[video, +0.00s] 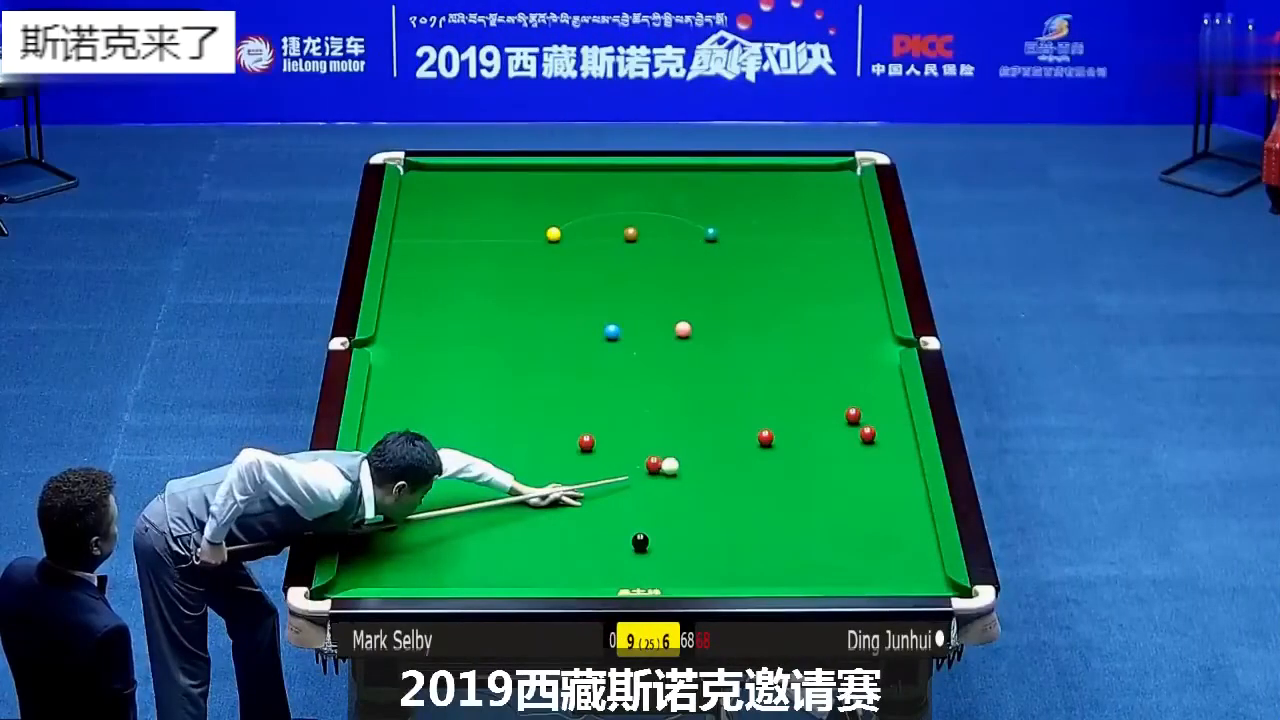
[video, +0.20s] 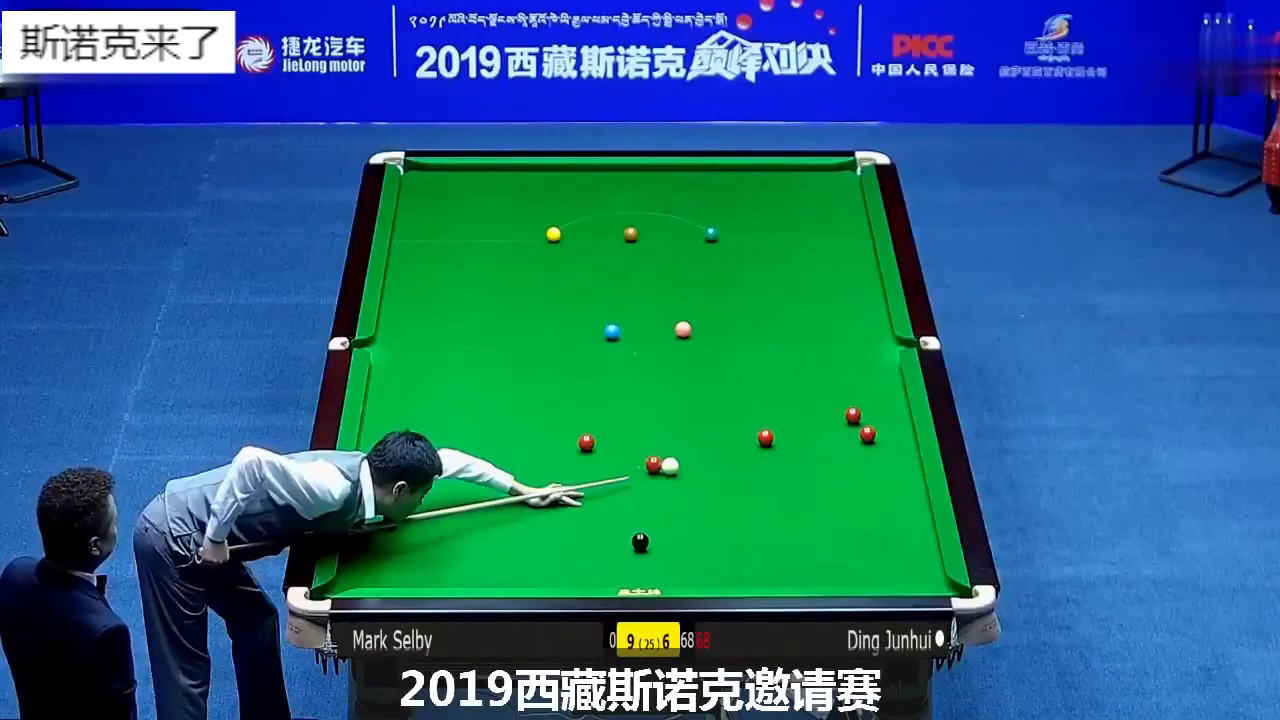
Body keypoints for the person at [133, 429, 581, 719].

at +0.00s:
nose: (421, 502)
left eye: (423, 493)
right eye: (419, 494)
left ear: (396, 479)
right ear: (396, 488)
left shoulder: (382, 474)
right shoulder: (331, 492)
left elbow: (456, 463)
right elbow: (251, 464)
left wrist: (524, 489)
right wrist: (213, 541)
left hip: (208, 533)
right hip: (170, 535)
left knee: (256, 624)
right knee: (186, 672)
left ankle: (266, 718)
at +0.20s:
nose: (421, 501)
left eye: (423, 492)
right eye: (419, 494)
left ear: (396, 479)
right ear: (396, 488)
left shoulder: (382, 474)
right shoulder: (331, 492)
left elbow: (456, 463)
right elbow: (252, 461)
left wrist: (524, 489)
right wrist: (215, 539)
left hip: (209, 535)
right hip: (170, 535)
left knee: (256, 624)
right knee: (187, 672)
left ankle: (266, 718)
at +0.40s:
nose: (421, 501)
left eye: (423, 492)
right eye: (419, 494)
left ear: (396, 480)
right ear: (396, 488)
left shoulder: (382, 474)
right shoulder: (330, 492)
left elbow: (456, 463)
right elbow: (252, 462)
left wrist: (524, 490)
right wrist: (218, 539)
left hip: (210, 537)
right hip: (170, 536)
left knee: (257, 625)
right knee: (186, 673)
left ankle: (266, 718)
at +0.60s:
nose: (420, 503)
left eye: (422, 494)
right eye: (418, 495)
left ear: (395, 479)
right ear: (396, 488)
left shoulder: (380, 471)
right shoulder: (329, 492)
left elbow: (456, 462)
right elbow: (253, 460)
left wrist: (524, 489)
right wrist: (242, 538)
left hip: (211, 538)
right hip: (172, 537)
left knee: (256, 625)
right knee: (187, 673)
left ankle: (266, 718)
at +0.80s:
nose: (419, 505)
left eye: (422, 496)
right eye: (418, 497)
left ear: (393, 479)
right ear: (395, 489)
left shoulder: (377, 473)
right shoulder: (331, 491)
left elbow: (454, 462)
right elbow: (253, 469)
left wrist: (522, 489)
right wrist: (266, 535)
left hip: (211, 538)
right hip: (172, 538)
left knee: (257, 626)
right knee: (187, 676)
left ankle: (266, 718)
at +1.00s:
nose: (420, 504)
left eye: (422, 495)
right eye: (418, 496)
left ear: (392, 478)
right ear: (396, 490)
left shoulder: (377, 472)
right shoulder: (331, 491)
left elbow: (455, 462)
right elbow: (253, 469)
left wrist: (523, 489)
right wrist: (266, 534)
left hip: (211, 535)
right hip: (172, 538)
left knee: (256, 624)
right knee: (187, 672)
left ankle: (266, 718)